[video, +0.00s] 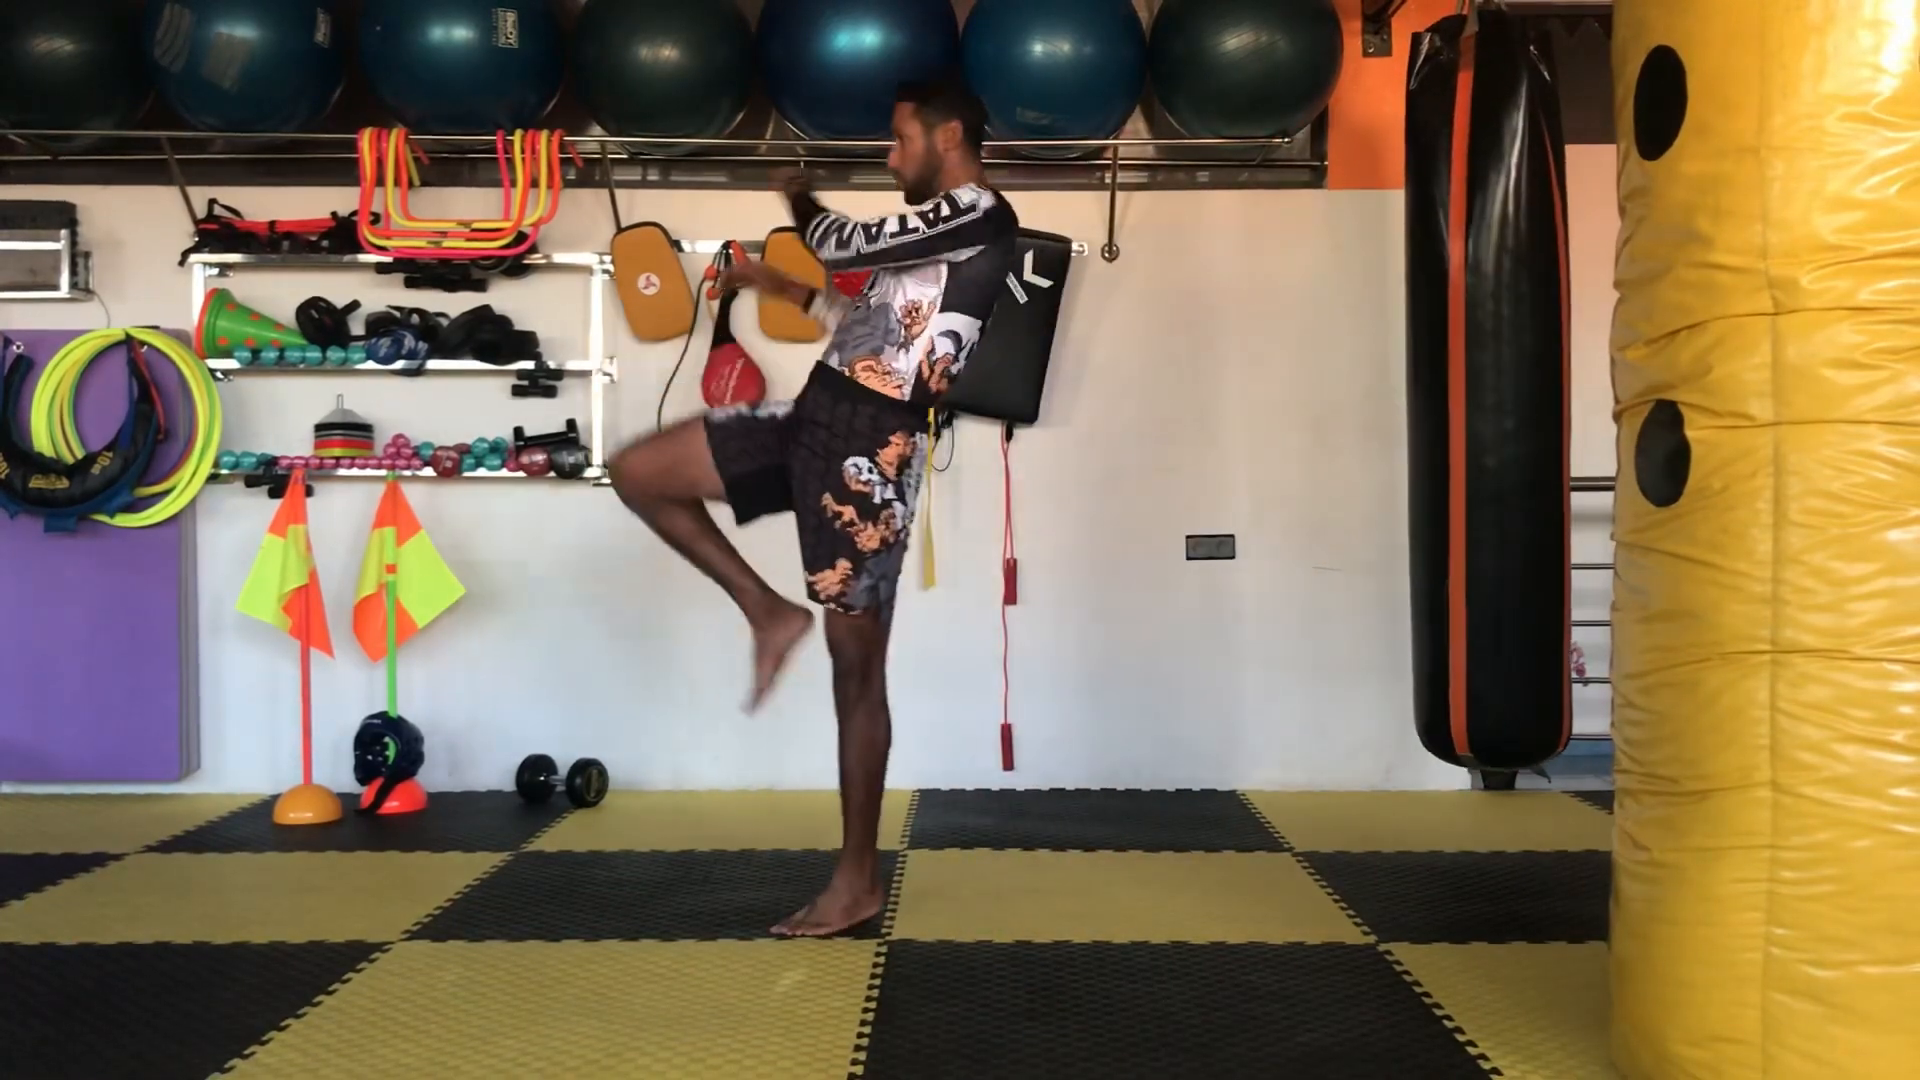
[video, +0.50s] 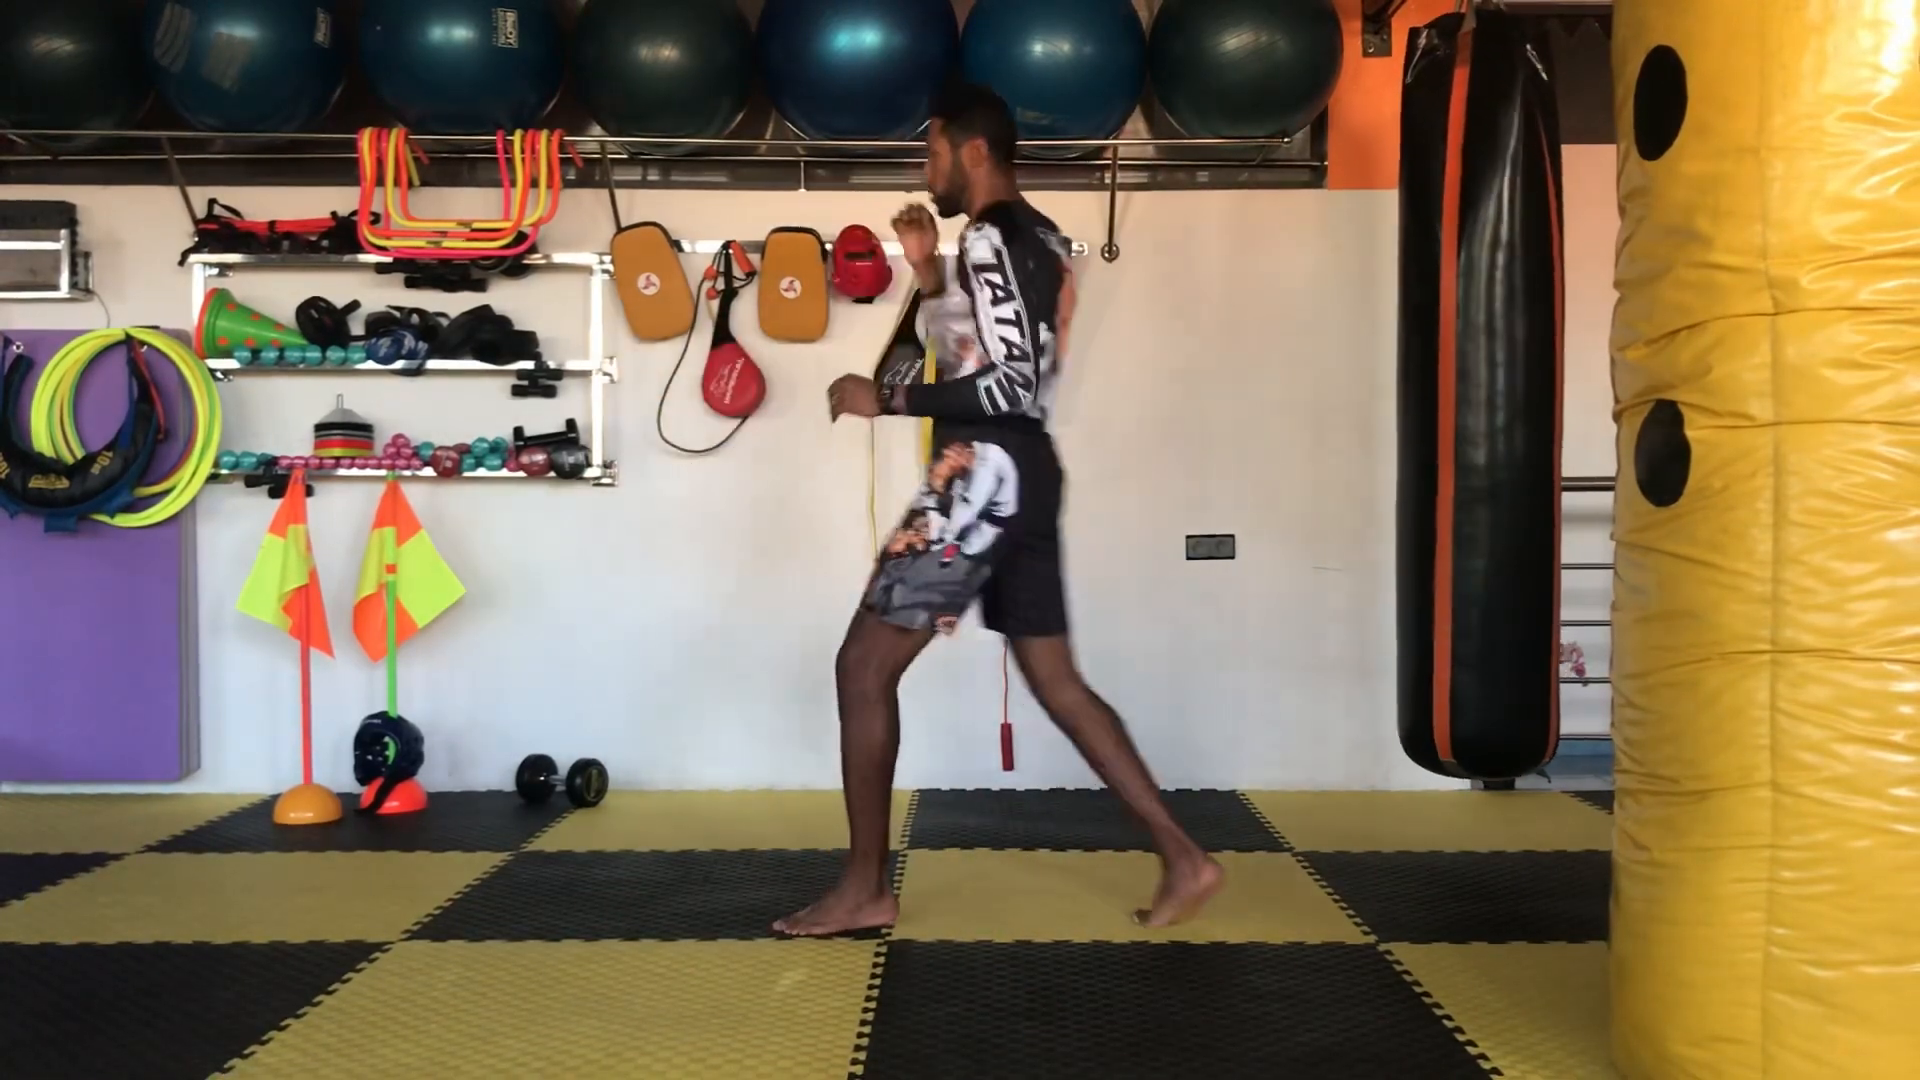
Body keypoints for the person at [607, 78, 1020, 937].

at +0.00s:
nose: (892, 155)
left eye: (901, 138)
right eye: (892, 140)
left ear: (948, 137)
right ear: (947, 138)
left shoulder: (977, 218)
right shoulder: (921, 223)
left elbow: (847, 248)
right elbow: (856, 301)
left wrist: (799, 202)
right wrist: (779, 283)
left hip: (870, 447)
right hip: (810, 423)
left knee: (857, 669)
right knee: (638, 471)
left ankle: (858, 877)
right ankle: (768, 612)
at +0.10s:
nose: (877, 144)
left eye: (886, 126)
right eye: (879, 128)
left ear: (935, 128)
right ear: (934, 133)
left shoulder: (960, 208)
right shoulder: (929, 213)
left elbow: (854, 270)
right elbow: (866, 287)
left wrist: (764, 227)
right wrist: (798, 239)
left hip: (886, 452)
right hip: (836, 439)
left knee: (867, 667)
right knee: (687, 547)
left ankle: (858, 878)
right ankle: (832, 665)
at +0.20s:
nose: (873, 144)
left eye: (882, 128)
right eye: (875, 129)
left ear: (924, 128)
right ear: (930, 131)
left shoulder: (947, 208)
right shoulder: (941, 214)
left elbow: (897, 311)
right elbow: (892, 323)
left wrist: (761, 298)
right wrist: (846, 250)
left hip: (900, 457)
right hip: (864, 449)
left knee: (870, 673)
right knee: (770, 615)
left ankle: (858, 884)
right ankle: (938, 717)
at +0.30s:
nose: (881, 145)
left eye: (889, 129)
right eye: (882, 130)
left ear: (931, 132)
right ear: (942, 136)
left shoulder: (947, 214)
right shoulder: (957, 218)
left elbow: (956, 341)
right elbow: (889, 333)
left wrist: (817, 361)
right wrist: (869, 246)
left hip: (909, 453)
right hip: (917, 451)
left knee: (864, 666)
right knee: (882, 657)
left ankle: (859, 886)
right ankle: (1040, 760)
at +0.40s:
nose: (901, 153)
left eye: (907, 137)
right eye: (902, 138)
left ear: (949, 139)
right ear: (965, 142)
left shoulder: (963, 227)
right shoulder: (987, 225)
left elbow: (993, 366)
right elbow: (934, 354)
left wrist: (862, 397)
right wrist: (896, 263)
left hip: (937, 459)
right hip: (967, 460)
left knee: (860, 663)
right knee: (980, 661)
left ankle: (860, 887)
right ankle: (1129, 811)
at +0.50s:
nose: (926, 169)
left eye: (932, 152)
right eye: (926, 154)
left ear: (973, 151)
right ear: (993, 154)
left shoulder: (987, 243)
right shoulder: (1032, 236)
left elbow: (1010, 385)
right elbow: (959, 359)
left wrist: (887, 398)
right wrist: (927, 277)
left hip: (983, 468)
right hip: (1022, 467)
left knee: (863, 667)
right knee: (1057, 682)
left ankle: (863, 889)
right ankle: (1184, 860)